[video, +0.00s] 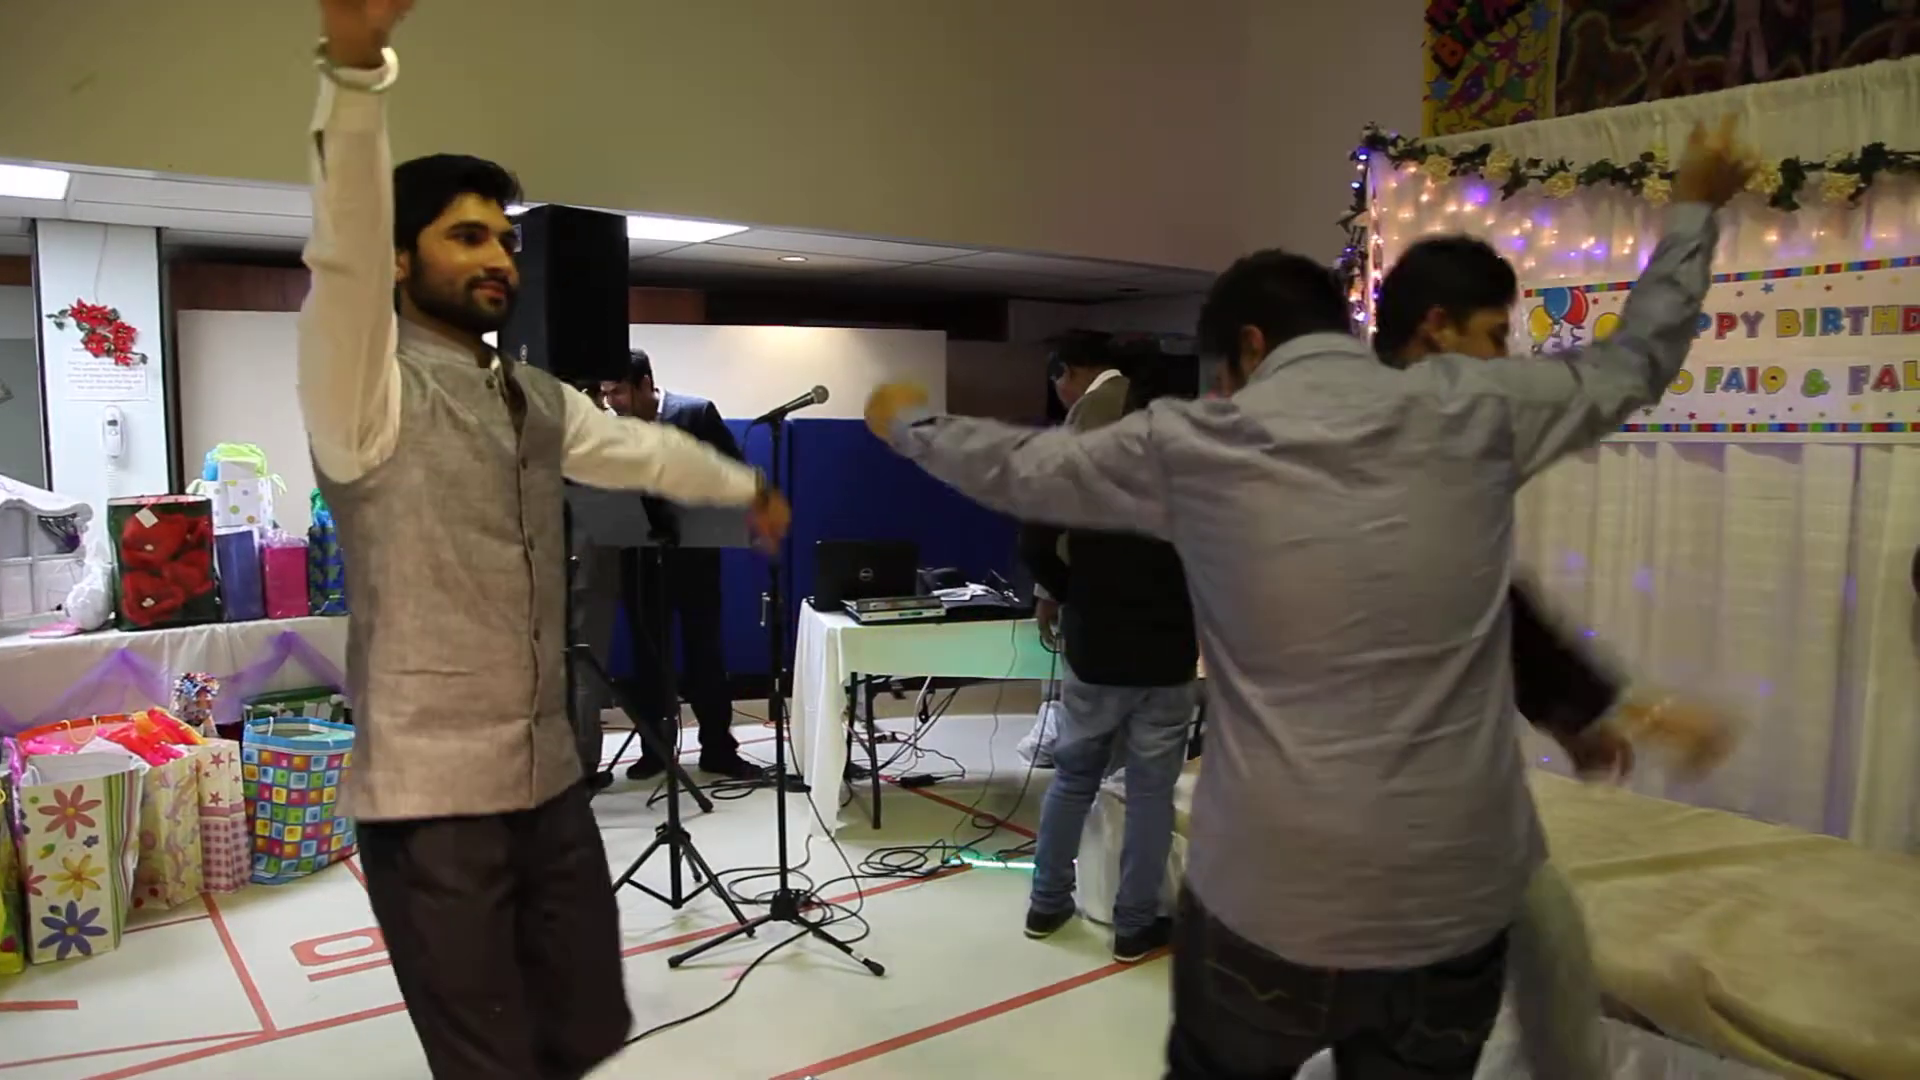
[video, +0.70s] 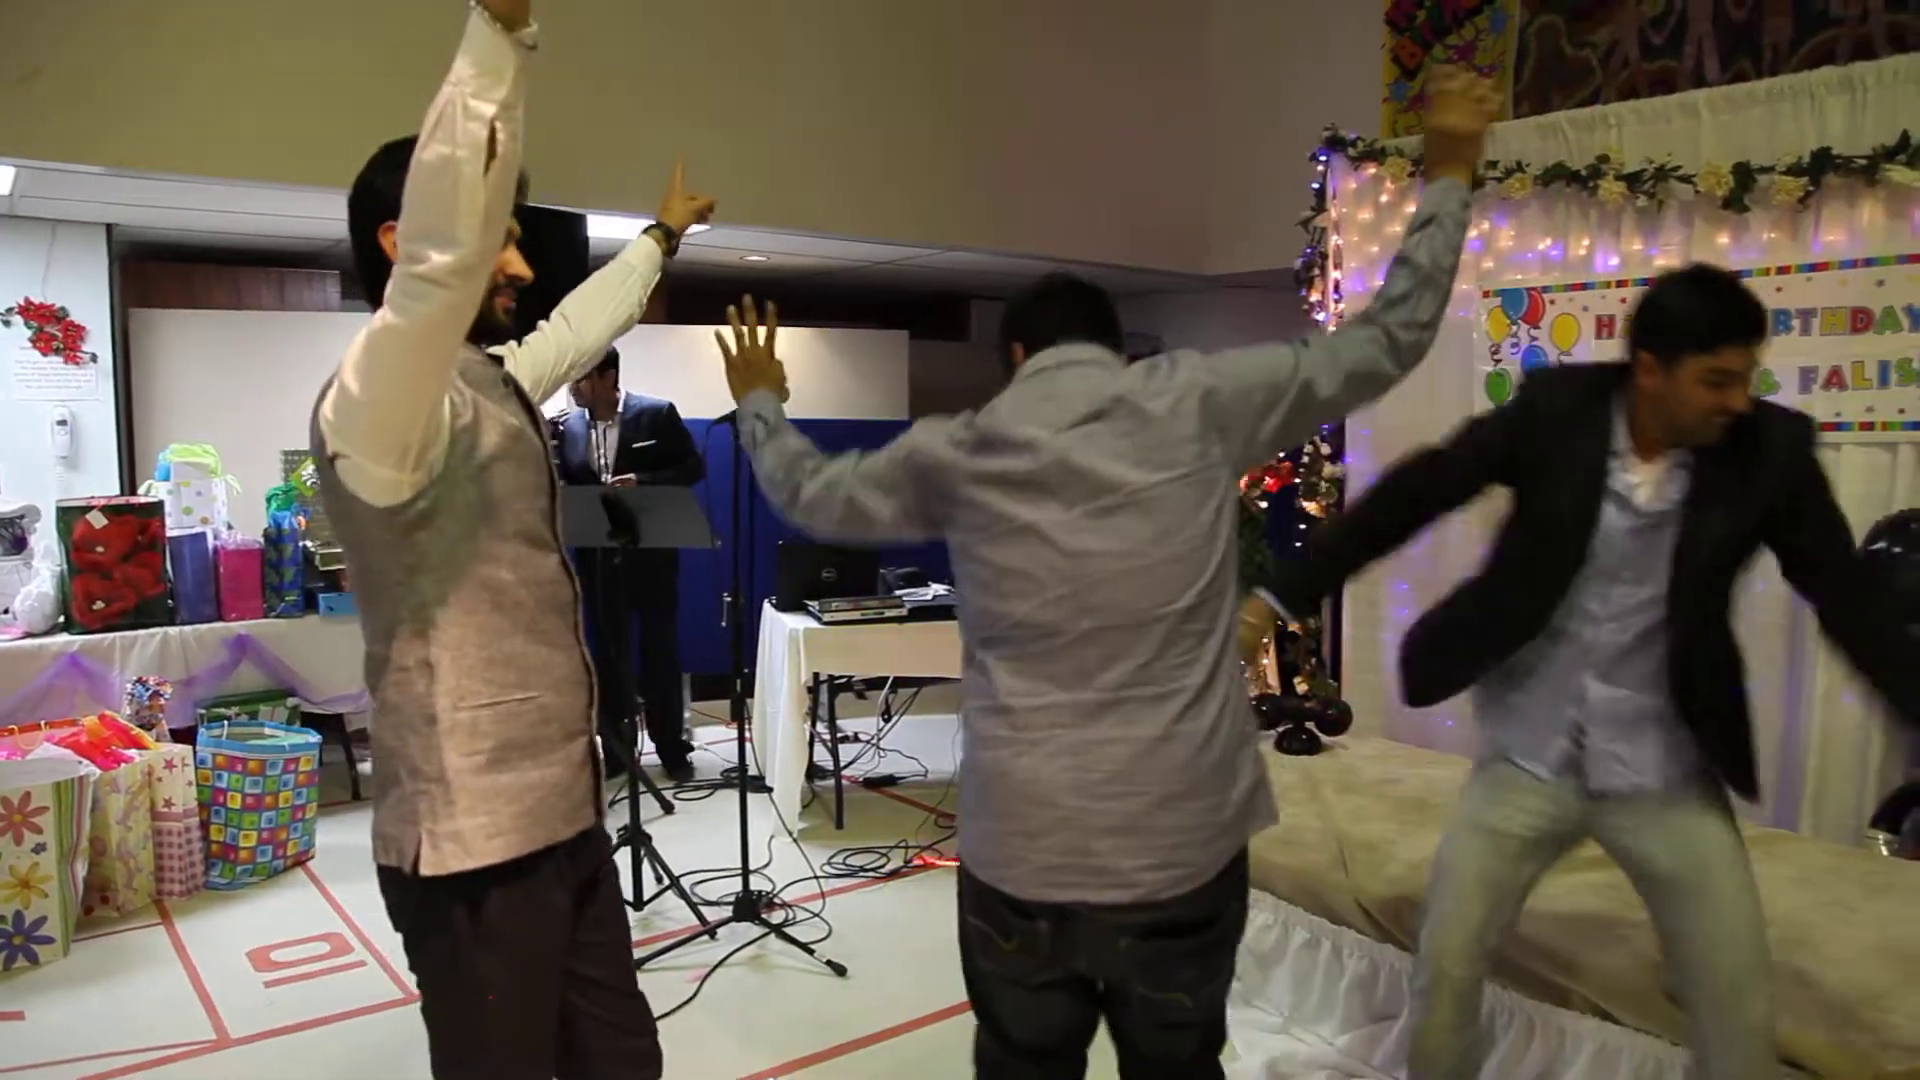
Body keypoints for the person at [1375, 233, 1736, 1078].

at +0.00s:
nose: (1509, 358)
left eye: (1508, 336)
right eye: (1496, 334)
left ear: (1438, 338)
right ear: (1432, 335)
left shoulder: (1443, 447)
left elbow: (1486, 605)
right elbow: (1489, 602)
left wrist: (1576, 719)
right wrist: (1620, 706)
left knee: (1555, 941)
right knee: (1551, 941)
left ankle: (1573, 1064)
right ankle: (1569, 1064)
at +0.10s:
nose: (1516, 394)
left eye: (1515, 373)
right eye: (1498, 373)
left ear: (1443, 374)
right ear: (1431, 375)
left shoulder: (1492, 486)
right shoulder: (1363, 495)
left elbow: (1551, 633)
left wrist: (1558, 762)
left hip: (1494, 793)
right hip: (1396, 801)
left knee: (1618, 974)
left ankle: (1563, 1071)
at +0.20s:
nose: (1511, 392)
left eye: (1517, 369)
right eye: (1492, 368)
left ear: (1520, 383)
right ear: (1436, 376)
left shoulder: (1518, 481)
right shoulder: (1374, 493)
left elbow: (1555, 639)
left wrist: (1515, 774)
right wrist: (1467, 783)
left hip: (1517, 787)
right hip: (1417, 801)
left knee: (1697, 948)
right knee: (1437, 1041)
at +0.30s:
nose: (1538, 351)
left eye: (1539, 332)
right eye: (1514, 334)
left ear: (1534, 348)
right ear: (1452, 345)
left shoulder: (1551, 439)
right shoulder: (1387, 460)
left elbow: (1625, 596)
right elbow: (1369, 633)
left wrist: (1553, 720)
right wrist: (1443, 750)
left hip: (1557, 754)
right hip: (1439, 778)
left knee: (1727, 916)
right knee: (1436, 1017)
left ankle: (1739, 1073)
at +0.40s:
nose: (1575, 373)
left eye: (1579, 352)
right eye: (1556, 353)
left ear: (1580, 350)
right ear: (1489, 349)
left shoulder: (1604, 428)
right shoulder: (1413, 440)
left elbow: (1732, 556)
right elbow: (1328, 573)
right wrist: (1381, 702)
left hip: (1572, 748)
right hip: (1446, 759)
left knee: (1738, 888)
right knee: (1447, 1005)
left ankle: (1833, 1068)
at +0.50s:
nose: (1622, 400)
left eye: (1627, 380)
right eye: (1604, 381)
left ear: (1634, 376)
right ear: (1532, 377)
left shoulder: (1654, 460)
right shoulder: (1450, 455)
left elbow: (1772, 556)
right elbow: (1322, 543)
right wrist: (1308, 665)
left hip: (1592, 757)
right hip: (1462, 767)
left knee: (1753, 909)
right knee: (1440, 998)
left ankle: (1857, 1074)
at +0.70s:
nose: (1738, 400)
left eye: (1747, 380)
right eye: (1719, 381)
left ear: (1752, 370)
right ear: (1648, 368)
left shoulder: (1770, 452)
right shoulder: (1553, 415)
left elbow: (1852, 602)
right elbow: (1422, 487)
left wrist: (1918, 706)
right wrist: (1299, 580)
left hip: (1666, 773)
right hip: (1526, 760)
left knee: (1735, 999)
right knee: (1446, 955)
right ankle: (1437, 1077)